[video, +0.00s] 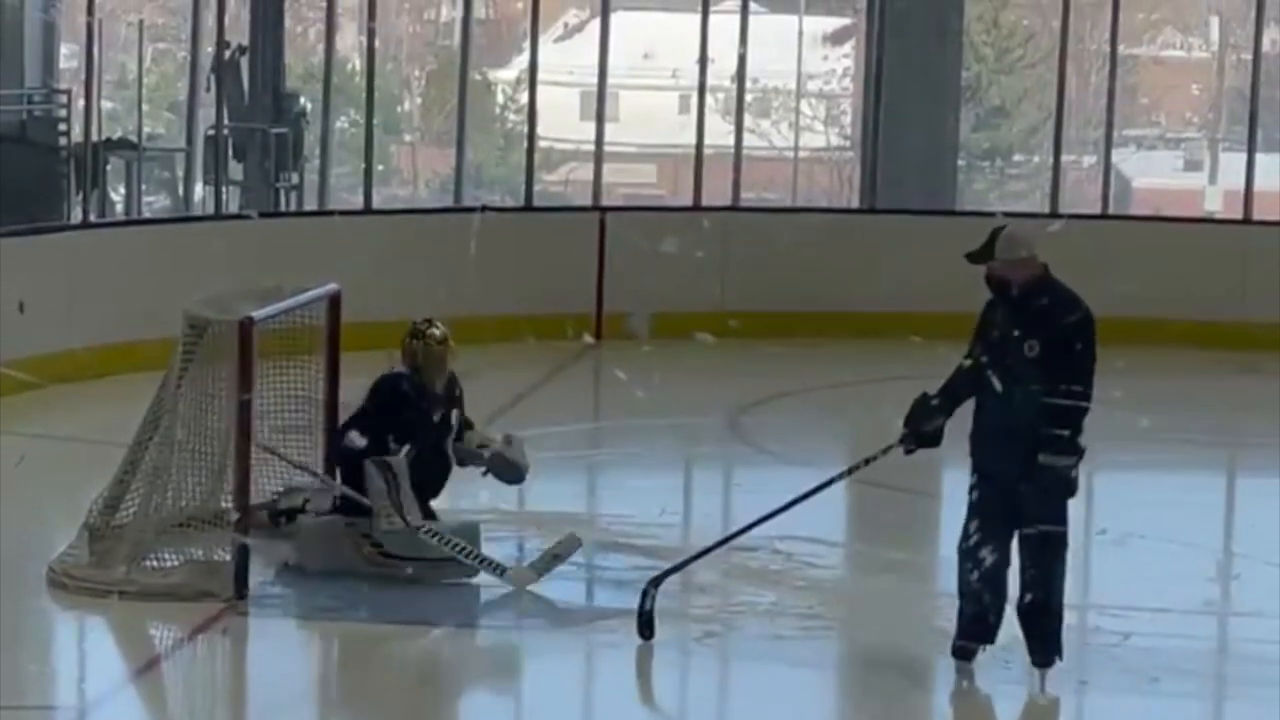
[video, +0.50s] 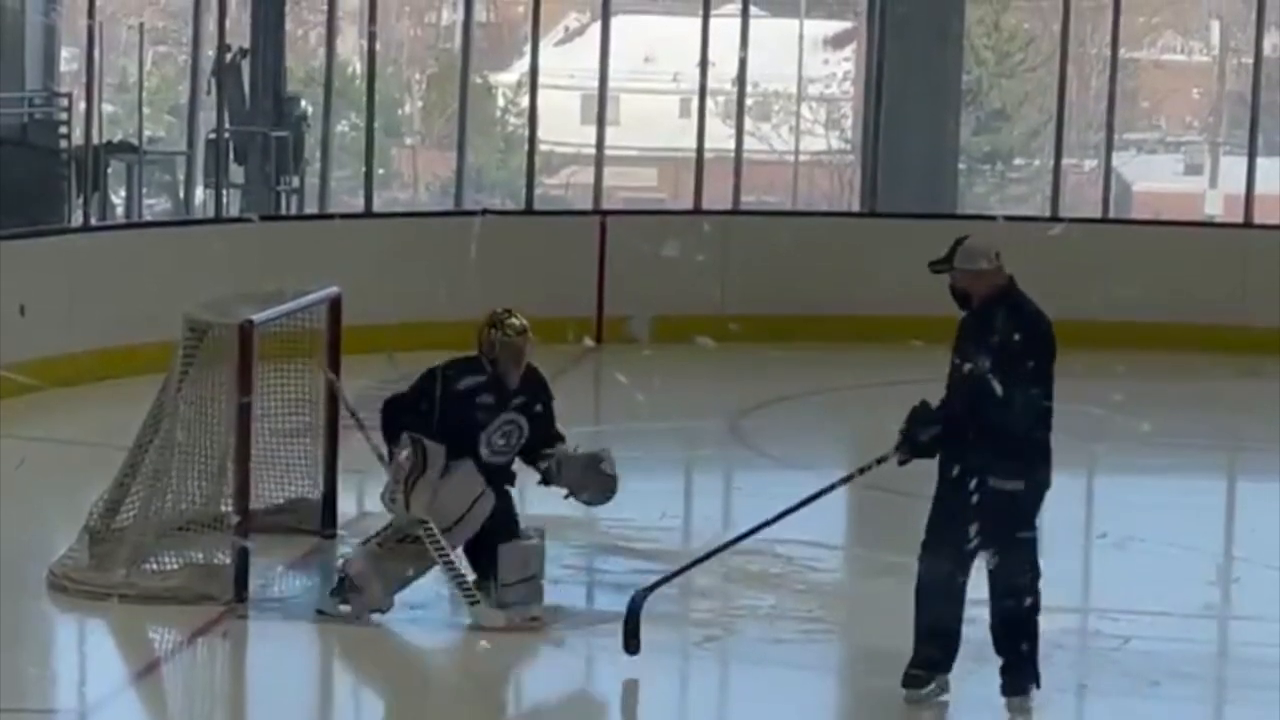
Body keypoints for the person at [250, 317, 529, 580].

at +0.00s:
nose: (439, 360)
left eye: (442, 351)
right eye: (431, 351)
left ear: (449, 353)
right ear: (413, 353)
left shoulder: (450, 386)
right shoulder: (393, 386)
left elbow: (456, 436)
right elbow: (353, 434)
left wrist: (479, 448)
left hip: (416, 492)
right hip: (372, 490)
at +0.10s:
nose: (452, 360)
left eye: (458, 351)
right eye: (444, 352)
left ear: (467, 354)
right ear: (429, 354)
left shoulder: (470, 390)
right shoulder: (410, 387)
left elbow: (476, 436)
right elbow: (359, 432)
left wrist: (500, 456)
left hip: (438, 496)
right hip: (393, 495)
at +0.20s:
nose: (479, 373)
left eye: (481, 365)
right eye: (471, 367)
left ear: (487, 360)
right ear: (453, 361)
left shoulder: (489, 395)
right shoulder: (425, 389)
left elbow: (494, 446)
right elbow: (371, 428)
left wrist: (517, 467)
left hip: (452, 510)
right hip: (409, 511)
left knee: (507, 524)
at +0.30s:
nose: (501, 361)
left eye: (503, 353)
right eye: (492, 353)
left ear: (508, 355)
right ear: (471, 356)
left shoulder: (507, 395)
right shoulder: (439, 387)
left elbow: (508, 448)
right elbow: (377, 424)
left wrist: (529, 472)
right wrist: (386, 479)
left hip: (463, 499)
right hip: (419, 497)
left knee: (491, 544)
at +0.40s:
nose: (512, 358)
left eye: (515, 350)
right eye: (503, 350)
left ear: (519, 352)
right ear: (483, 352)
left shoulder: (524, 393)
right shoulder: (449, 385)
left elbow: (526, 450)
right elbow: (385, 416)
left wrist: (550, 477)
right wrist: (387, 473)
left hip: (480, 494)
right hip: (431, 492)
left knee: (509, 570)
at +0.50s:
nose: (518, 364)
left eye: (522, 355)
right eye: (511, 355)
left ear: (528, 350)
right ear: (490, 350)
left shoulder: (532, 385)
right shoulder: (452, 378)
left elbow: (540, 442)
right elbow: (397, 411)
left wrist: (562, 466)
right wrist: (407, 456)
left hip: (493, 488)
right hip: (440, 481)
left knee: (507, 577)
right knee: (413, 544)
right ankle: (359, 585)